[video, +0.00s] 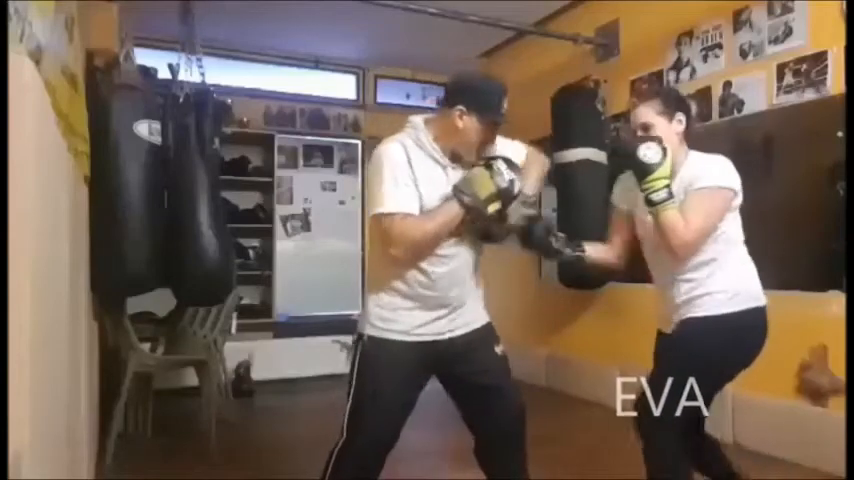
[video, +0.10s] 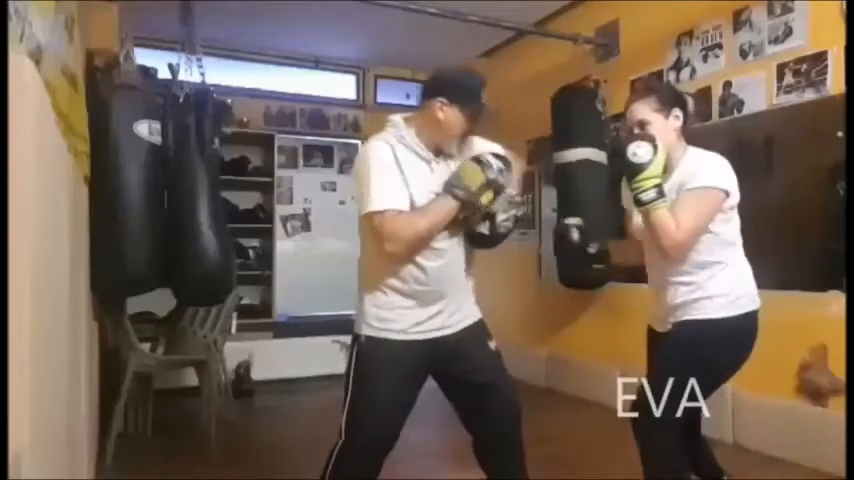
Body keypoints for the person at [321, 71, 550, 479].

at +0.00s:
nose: (494, 137)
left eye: (495, 127)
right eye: (489, 126)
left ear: (463, 118)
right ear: (460, 118)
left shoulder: (476, 149)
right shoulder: (393, 154)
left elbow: (534, 158)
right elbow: (401, 246)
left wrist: (522, 201)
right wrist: (466, 200)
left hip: (465, 323)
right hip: (396, 330)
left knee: (505, 425)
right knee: (364, 447)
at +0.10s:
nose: (472, 127)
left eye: (475, 117)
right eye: (468, 115)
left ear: (442, 110)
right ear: (439, 108)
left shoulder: (461, 150)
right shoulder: (379, 152)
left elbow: (513, 163)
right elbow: (395, 242)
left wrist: (494, 208)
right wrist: (458, 195)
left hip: (458, 321)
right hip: (391, 329)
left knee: (501, 421)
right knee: (364, 448)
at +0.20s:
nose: (458, 120)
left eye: (460, 110)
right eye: (453, 107)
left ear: (430, 104)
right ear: (423, 101)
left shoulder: (443, 150)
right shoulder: (374, 152)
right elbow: (411, 231)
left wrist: (476, 205)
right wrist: (464, 187)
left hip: (451, 323)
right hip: (387, 331)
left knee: (495, 426)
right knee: (361, 449)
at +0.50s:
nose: (453, 108)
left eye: (453, 98)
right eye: (446, 96)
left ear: (417, 97)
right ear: (414, 94)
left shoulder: (438, 149)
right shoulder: (371, 149)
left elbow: (457, 209)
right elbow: (420, 214)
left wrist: (504, 183)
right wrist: (476, 165)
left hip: (449, 327)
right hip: (382, 333)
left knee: (488, 429)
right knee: (359, 450)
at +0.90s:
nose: (470, 111)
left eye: (470, 101)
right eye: (463, 98)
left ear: (434, 99)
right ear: (432, 95)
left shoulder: (436, 152)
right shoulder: (399, 140)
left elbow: (476, 218)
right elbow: (471, 202)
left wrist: (521, 185)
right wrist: (521, 155)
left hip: (454, 329)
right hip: (393, 334)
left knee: (493, 434)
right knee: (363, 457)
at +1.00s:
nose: (464, 107)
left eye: (464, 97)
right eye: (457, 95)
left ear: (428, 96)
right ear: (426, 93)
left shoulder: (438, 152)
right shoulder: (396, 137)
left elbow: (476, 216)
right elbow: (479, 182)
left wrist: (517, 181)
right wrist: (514, 134)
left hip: (453, 328)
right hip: (393, 330)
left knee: (493, 436)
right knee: (363, 456)